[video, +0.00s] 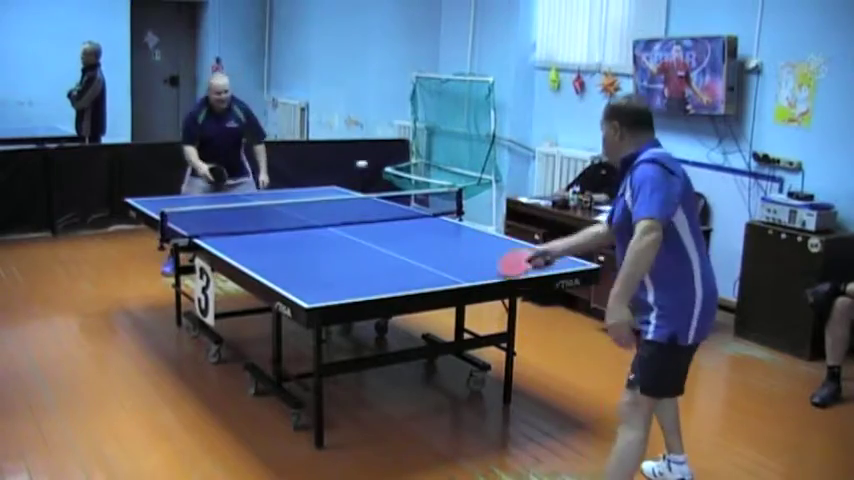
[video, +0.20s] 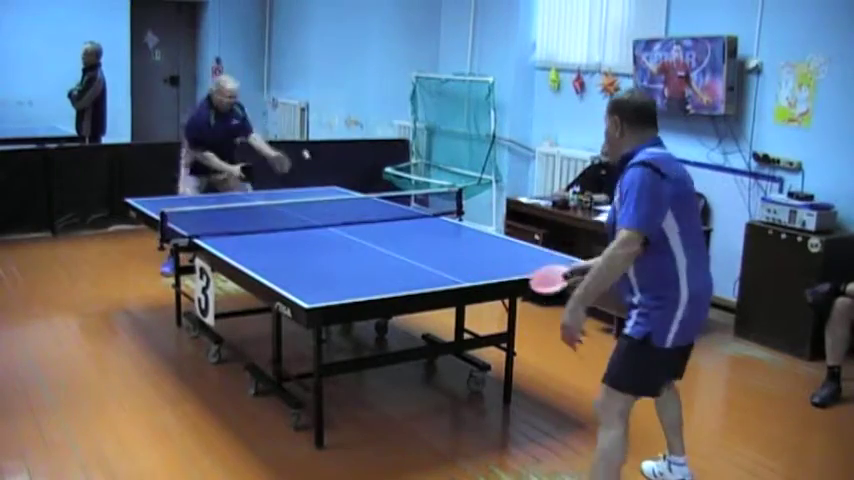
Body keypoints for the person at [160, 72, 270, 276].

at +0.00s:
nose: (221, 97)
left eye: (225, 92)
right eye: (216, 93)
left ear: (231, 92)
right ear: (208, 93)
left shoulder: (241, 111)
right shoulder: (196, 114)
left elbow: (258, 141)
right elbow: (188, 145)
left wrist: (263, 172)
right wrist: (200, 166)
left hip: (238, 175)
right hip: (203, 174)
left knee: (253, 214)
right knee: (185, 213)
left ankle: (258, 261)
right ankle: (174, 255)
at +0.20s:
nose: (232, 101)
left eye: (234, 96)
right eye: (227, 96)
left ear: (236, 96)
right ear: (214, 95)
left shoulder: (236, 111)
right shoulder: (199, 117)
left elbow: (250, 136)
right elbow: (198, 152)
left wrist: (271, 154)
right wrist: (230, 169)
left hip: (225, 168)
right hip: (196, 169)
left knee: (248, 203)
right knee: (187, 207)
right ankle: (174, 253)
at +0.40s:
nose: (261, 106)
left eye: (262, 103)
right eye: (260, 102)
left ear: (251, 97)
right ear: (250, 97)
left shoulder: (243, 111)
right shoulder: (228, 112)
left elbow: (240, 133)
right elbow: (220, 149)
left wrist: (260, 132)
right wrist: (242, 172)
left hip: (223, 164)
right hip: (199, 164)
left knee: (240, 205)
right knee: (190, 207)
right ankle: (167, 253)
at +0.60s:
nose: (280, 119)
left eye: (283, 116)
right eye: (282, 115)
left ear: (274, 104)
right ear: (276, 108)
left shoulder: (257, 112)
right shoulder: (251, 114)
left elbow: (252, 140)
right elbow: (238, 150)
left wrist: (255, 155)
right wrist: (241, 181)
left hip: (228, 163)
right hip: (209, 163)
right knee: (195, 207)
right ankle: (167, 251)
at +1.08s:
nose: (293, 123)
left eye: (296, 121)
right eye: (295, 119)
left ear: (291, 110)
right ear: (292, 112)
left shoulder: (275, 119)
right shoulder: (263, 112)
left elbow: (270, 153)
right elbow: (244, 142)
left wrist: (279, 177)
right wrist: (246, 174)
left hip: (247, 164)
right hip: (223, 163)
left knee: (267, 199)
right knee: (217, 203)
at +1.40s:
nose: (312, 104)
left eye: (316, 101)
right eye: (315, 99)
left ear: (312, 91)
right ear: (313, 93)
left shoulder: (297, 101)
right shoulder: (288, 97)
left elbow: (288, 137)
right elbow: (273, 130)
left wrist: (290, 164)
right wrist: (270, 163)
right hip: (255, 150)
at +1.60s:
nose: (320, 97)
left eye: (323, 94)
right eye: (323, 93)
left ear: (310, 80)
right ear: (320, 87)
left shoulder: (290, 89)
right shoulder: (304, 95)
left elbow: (292, 129)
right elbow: (300, 133)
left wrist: (305, 156)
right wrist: (304, 169)